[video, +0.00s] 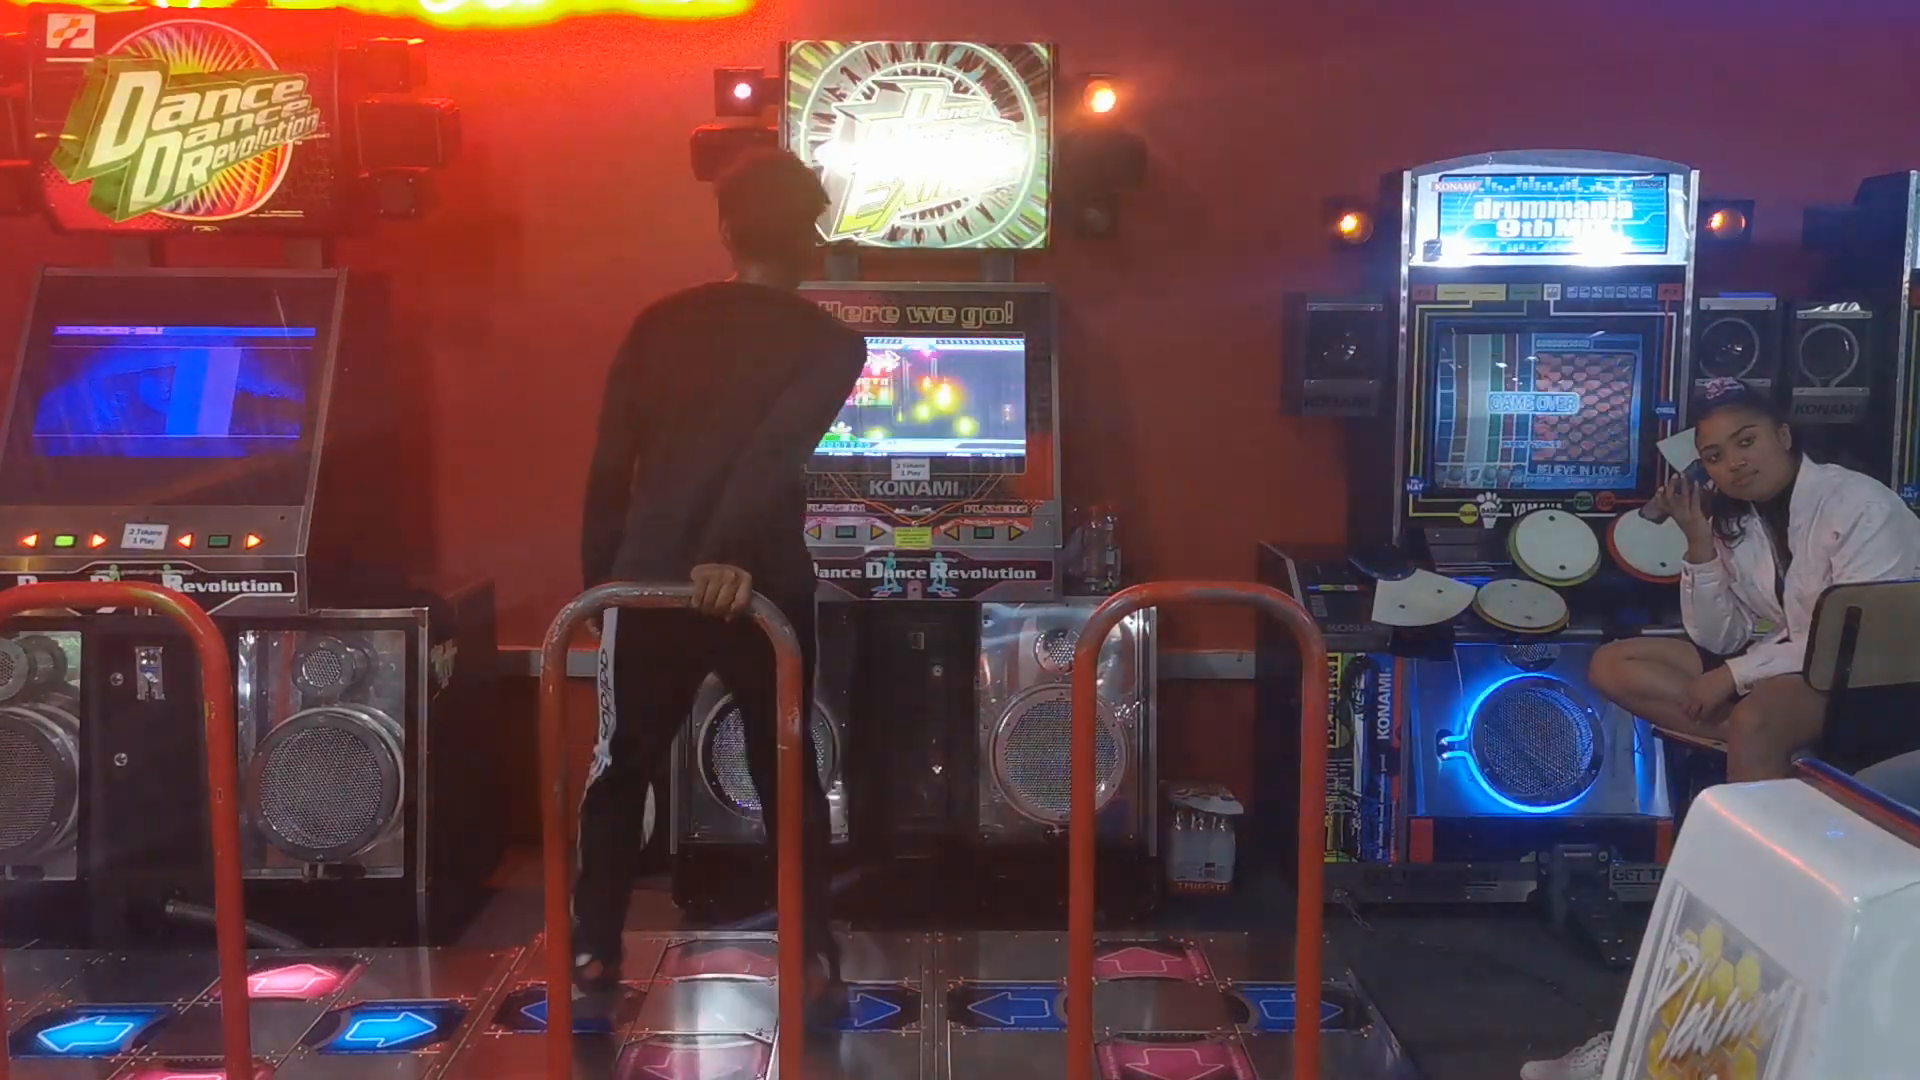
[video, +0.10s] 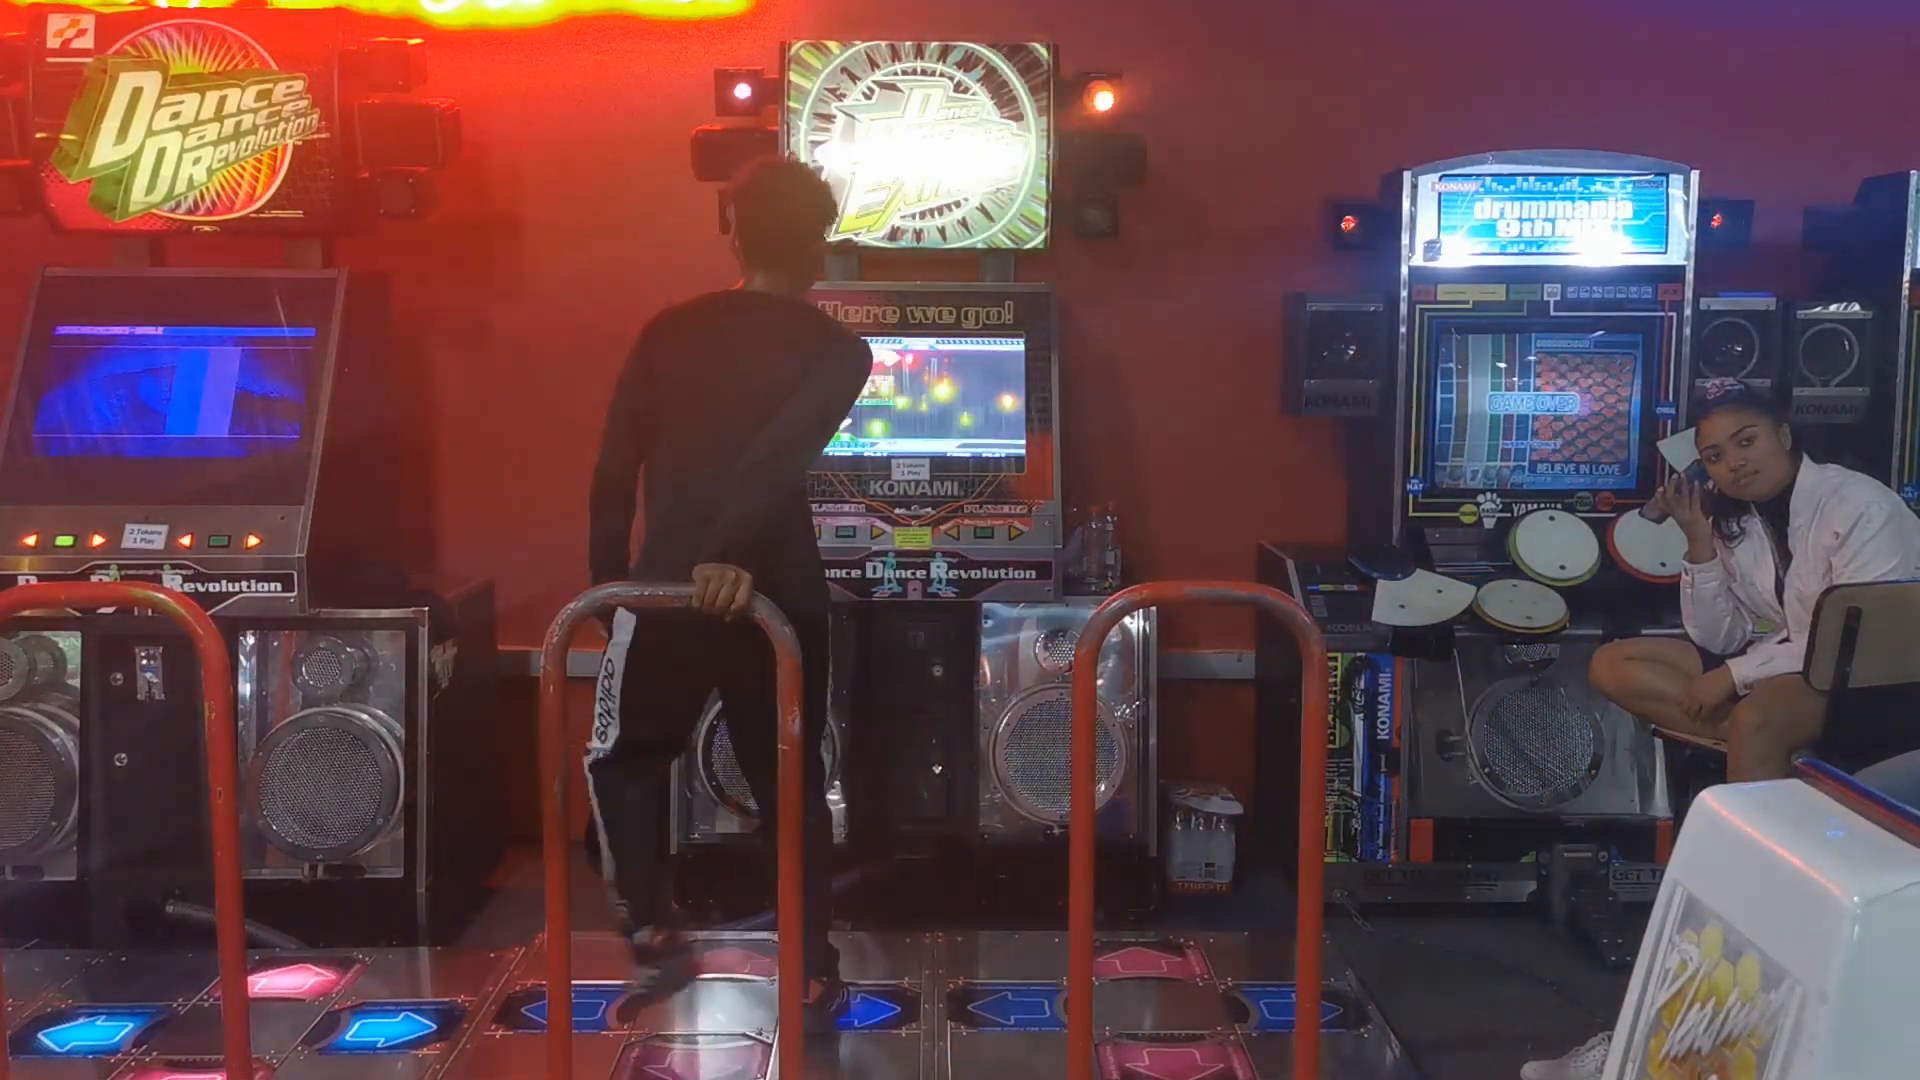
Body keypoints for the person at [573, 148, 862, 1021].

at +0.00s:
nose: (820, 242)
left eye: (811, 227)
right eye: (815, 229)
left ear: (733, 235)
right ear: (805, 237)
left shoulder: (660, 320)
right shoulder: (828, 341)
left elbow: (610, 459)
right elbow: (777, 444)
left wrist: (599, 575)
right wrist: (729, 547)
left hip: (648, 580)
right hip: (758, 582)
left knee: (623, 766)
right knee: (789, 777)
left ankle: (591, 962)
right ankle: (810, 972)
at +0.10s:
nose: (817, 252)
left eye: (796, 236)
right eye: (819, 239)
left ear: (739, 241)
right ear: (818, 245)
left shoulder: (671, 329)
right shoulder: (837, 348)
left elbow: (613, 465)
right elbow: (783, 449)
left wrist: (609, 583)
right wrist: (723, 545)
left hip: (670, 578)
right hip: (777, 579)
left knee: (628, 754)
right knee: (789, 766)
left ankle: (651, 928)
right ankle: (810, 963)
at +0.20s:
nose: (823, 238)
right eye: (821, 225)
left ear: (734, 227)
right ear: (815, 231)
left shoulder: (664, 317)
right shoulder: (831, 335)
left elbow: (618, 448)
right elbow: (781, 442)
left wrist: (616, 561)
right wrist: (731, 546)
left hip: (664, 578)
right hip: (769, 577)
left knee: (666, 777)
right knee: (783, 775)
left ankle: (721, 970)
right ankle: (803, 972)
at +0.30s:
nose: (817, 238)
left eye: (800, 223)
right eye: (816, 226)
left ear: (727, 230)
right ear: (810, 232)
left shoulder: (656, 324)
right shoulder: (826, 334)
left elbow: (607, 459)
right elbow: (776, 442)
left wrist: (625, 572)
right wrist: (733, 547)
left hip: (654, 586)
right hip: (759, 582)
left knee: (684, 794)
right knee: (767, 776)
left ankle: (735, 1002)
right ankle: (770, 965)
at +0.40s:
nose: (786, 254)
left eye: (769, 237)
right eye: (794, 238)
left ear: (726, 239)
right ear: (806, 241)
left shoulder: (664, 329)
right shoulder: (826, 340)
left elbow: (611, 466)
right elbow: (780, 447)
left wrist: (636, 562)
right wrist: (732, 550)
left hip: (650, 582)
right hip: (747, 583)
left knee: (626, 784)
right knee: (733, 774)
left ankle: (691, 957)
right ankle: (744, 952)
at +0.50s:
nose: (774, 275)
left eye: (768, 261)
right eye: (780, 261)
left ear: (726, 268)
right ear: (804, 272)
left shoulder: (658, 350)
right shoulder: (821, 362)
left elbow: (605, 483)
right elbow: (771, 459)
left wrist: (646, 566)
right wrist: (732, 550)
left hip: (644, 596)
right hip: (745, 591)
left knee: (593, 749)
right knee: (716, 753)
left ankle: (629, 909)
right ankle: (738, 941)